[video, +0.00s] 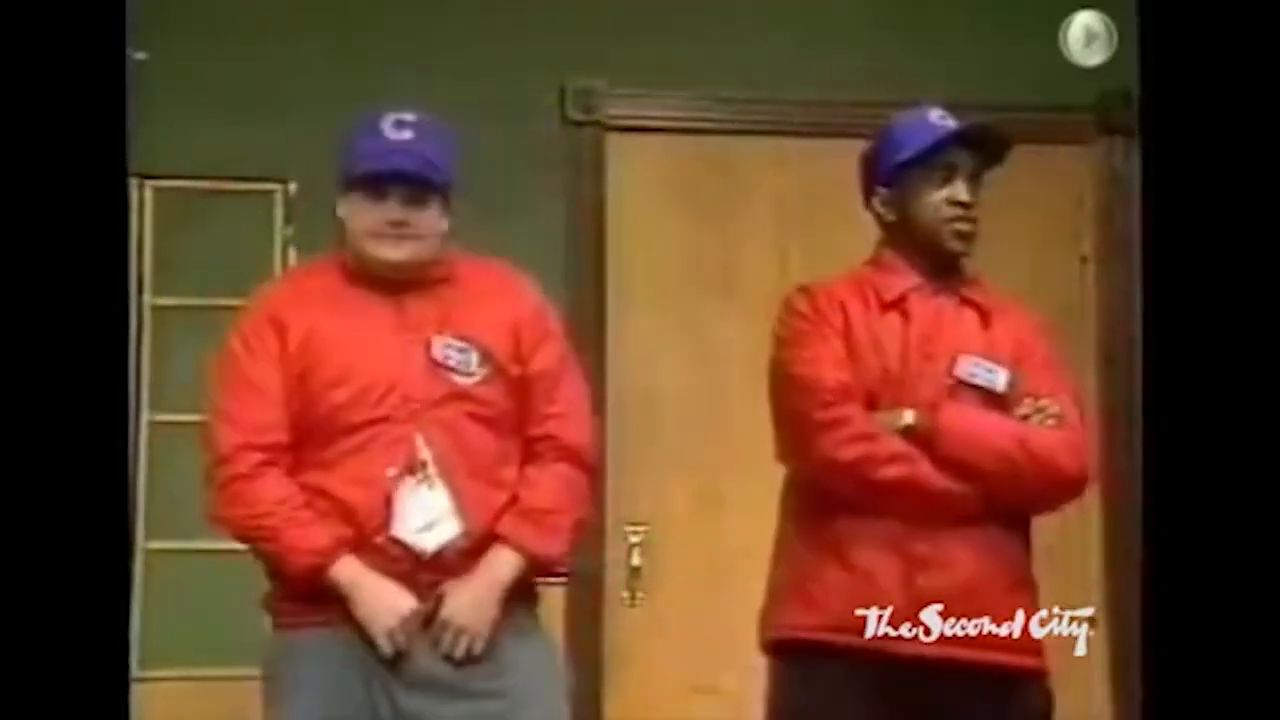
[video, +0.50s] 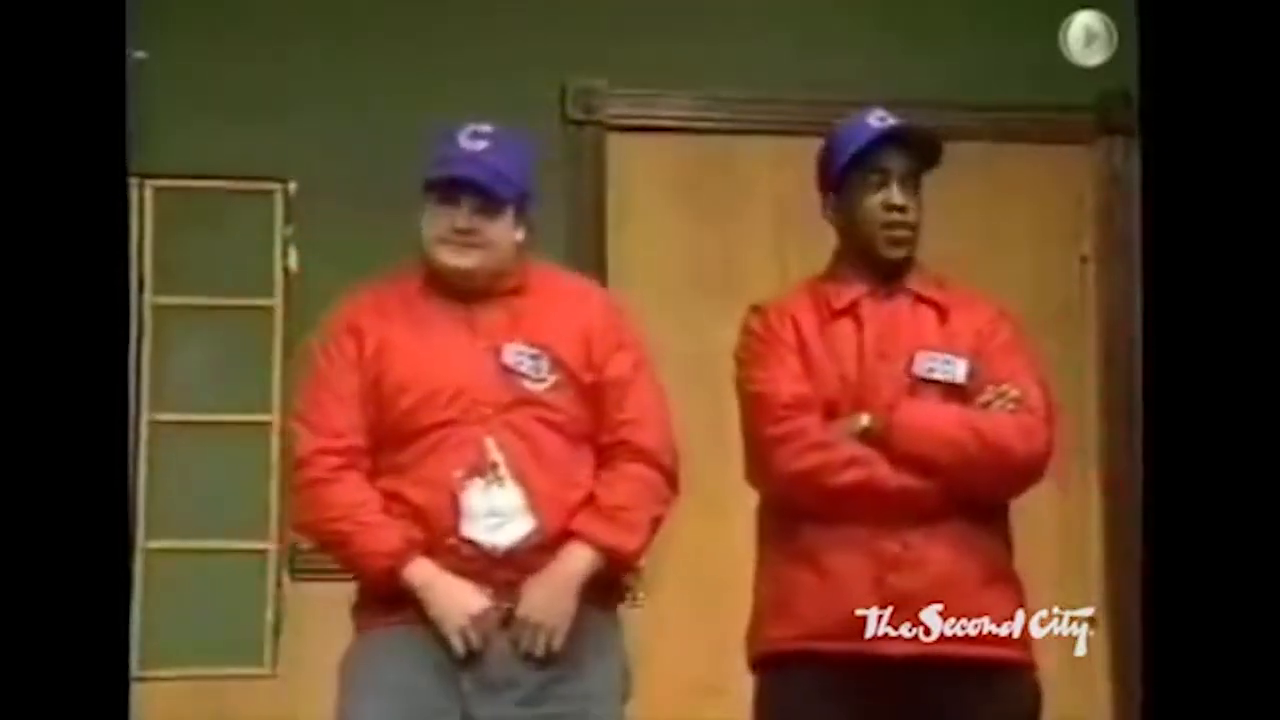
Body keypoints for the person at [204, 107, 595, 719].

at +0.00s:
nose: (396, 212)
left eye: (417, 196)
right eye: (375, 193)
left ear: (448, 211)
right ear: (342, 205)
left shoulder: (508, 301)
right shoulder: (282, 313)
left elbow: (566, 451)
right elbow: (245, 476)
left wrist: (491, 579)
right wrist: (357, 581)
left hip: (493, 626)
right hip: (333, 631)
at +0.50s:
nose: (461, 222)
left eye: (485, 208)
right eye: (446, 201)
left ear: (521, 227)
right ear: (423, 212)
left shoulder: (587, 314)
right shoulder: (364, 322)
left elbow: (645, 459)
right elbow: (323, 475)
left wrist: (569, 571)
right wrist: (426, 578)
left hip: (565, 627)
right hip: (409, 627)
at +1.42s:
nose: (542, 213)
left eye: (541, 196)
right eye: (518, 200)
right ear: (453, 216)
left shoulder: (589, 314)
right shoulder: (359, 306)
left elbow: (631, 465)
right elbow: (307, 453)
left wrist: (549, 579)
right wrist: (400, 561)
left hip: (541, 627)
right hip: (382, 627)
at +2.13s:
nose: (553, 211)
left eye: (553, 194)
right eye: (530, 196)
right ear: (466, 208)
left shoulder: (595, 311)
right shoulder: (370, 302)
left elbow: (642, 462)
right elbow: (334, 450)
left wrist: (572, 576)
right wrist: (429, 559)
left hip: (554, 632)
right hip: (398, 632)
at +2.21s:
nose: (553, 211)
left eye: (553, 194)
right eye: (529, 196)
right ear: (464, 208)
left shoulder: (591, 310)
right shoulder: (377, 294)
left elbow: (642, 460)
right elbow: (362, 427)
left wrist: (572, 569)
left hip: (549, 631)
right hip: (396, 636)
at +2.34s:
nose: (553, 211)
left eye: (551, 193)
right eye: (527, 196)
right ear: (463, 209)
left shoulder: (587, 309)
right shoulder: (378, 286)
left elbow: (638, 461)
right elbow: (416, 393)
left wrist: (573, 573)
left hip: (546, 629)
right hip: (396, 637)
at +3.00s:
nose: (541, 215)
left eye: (544, 199)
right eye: (520, 200)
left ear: (552, 200)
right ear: (453, 208)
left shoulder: (569, 296)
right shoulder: (374, 283)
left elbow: (637, 441)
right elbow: (433, 370)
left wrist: (570, 540)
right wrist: (561, 322)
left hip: (547, 625)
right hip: (394, 633)